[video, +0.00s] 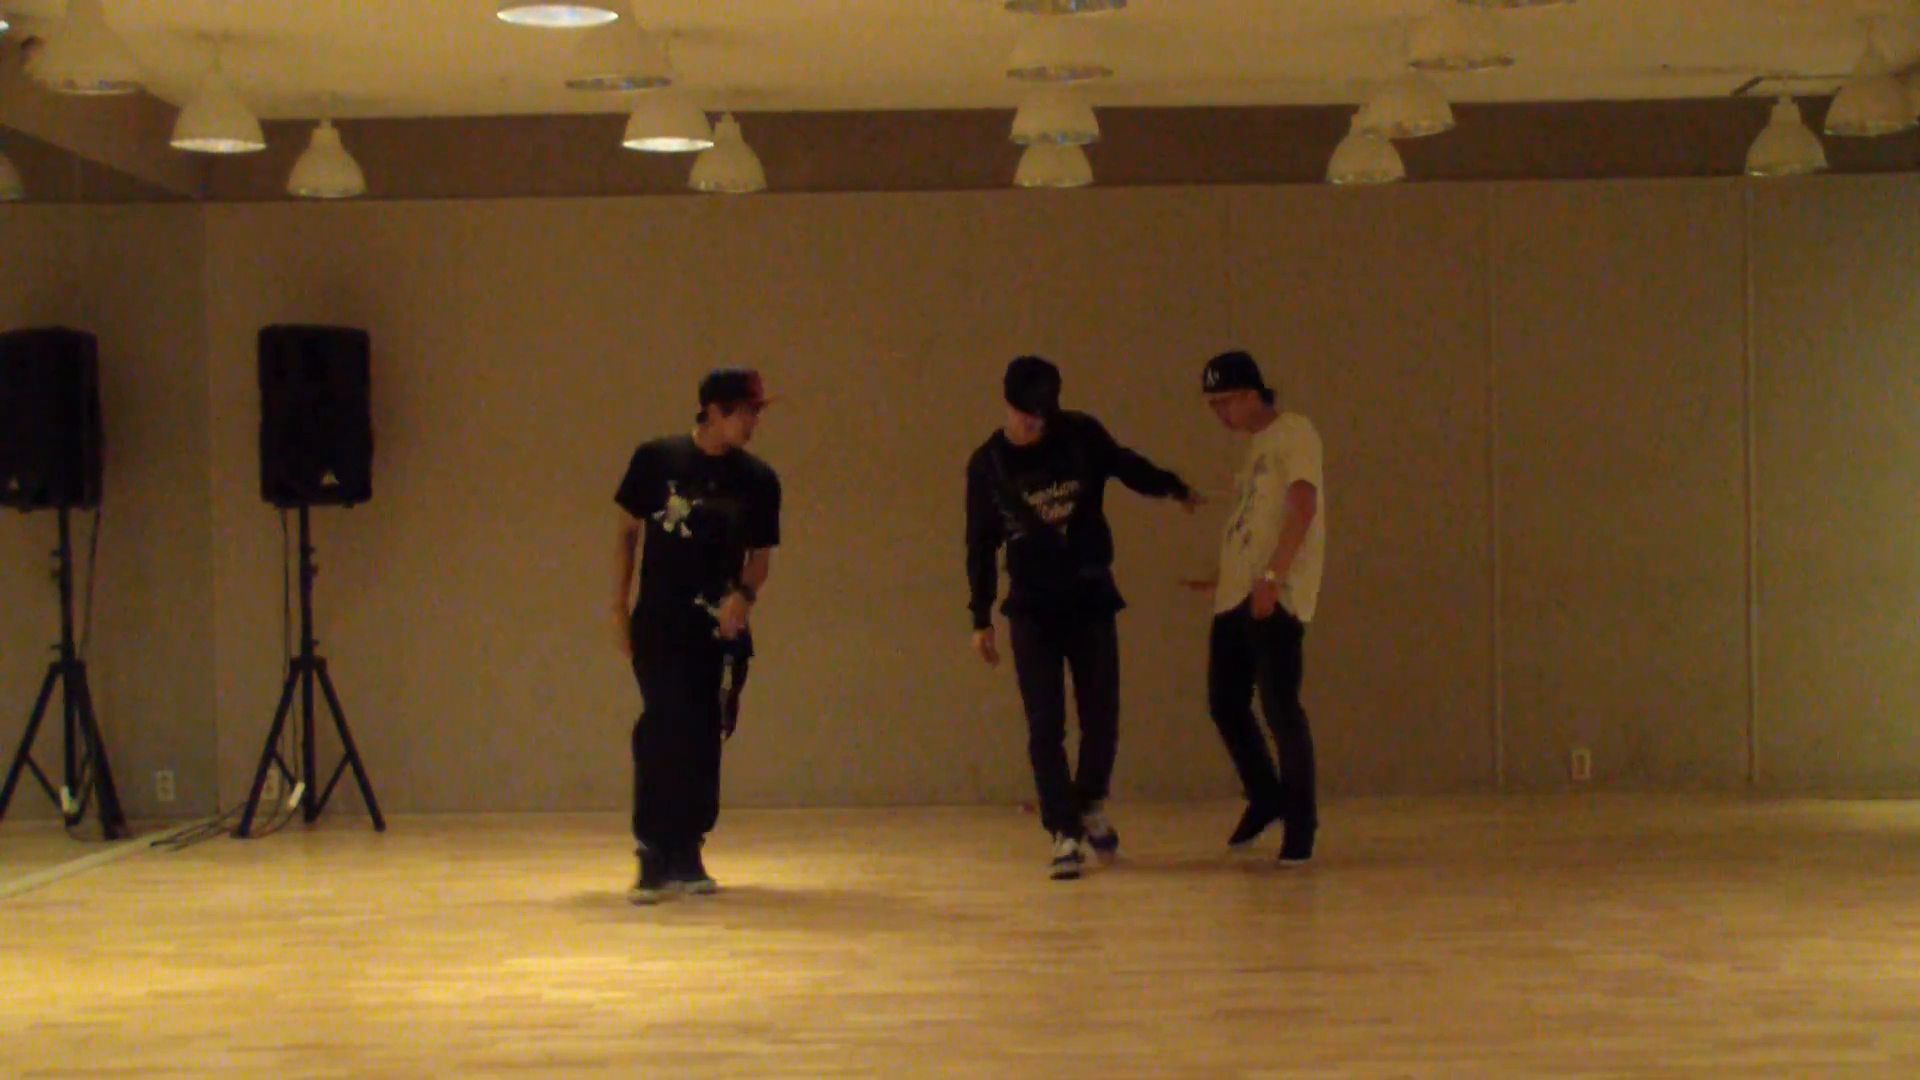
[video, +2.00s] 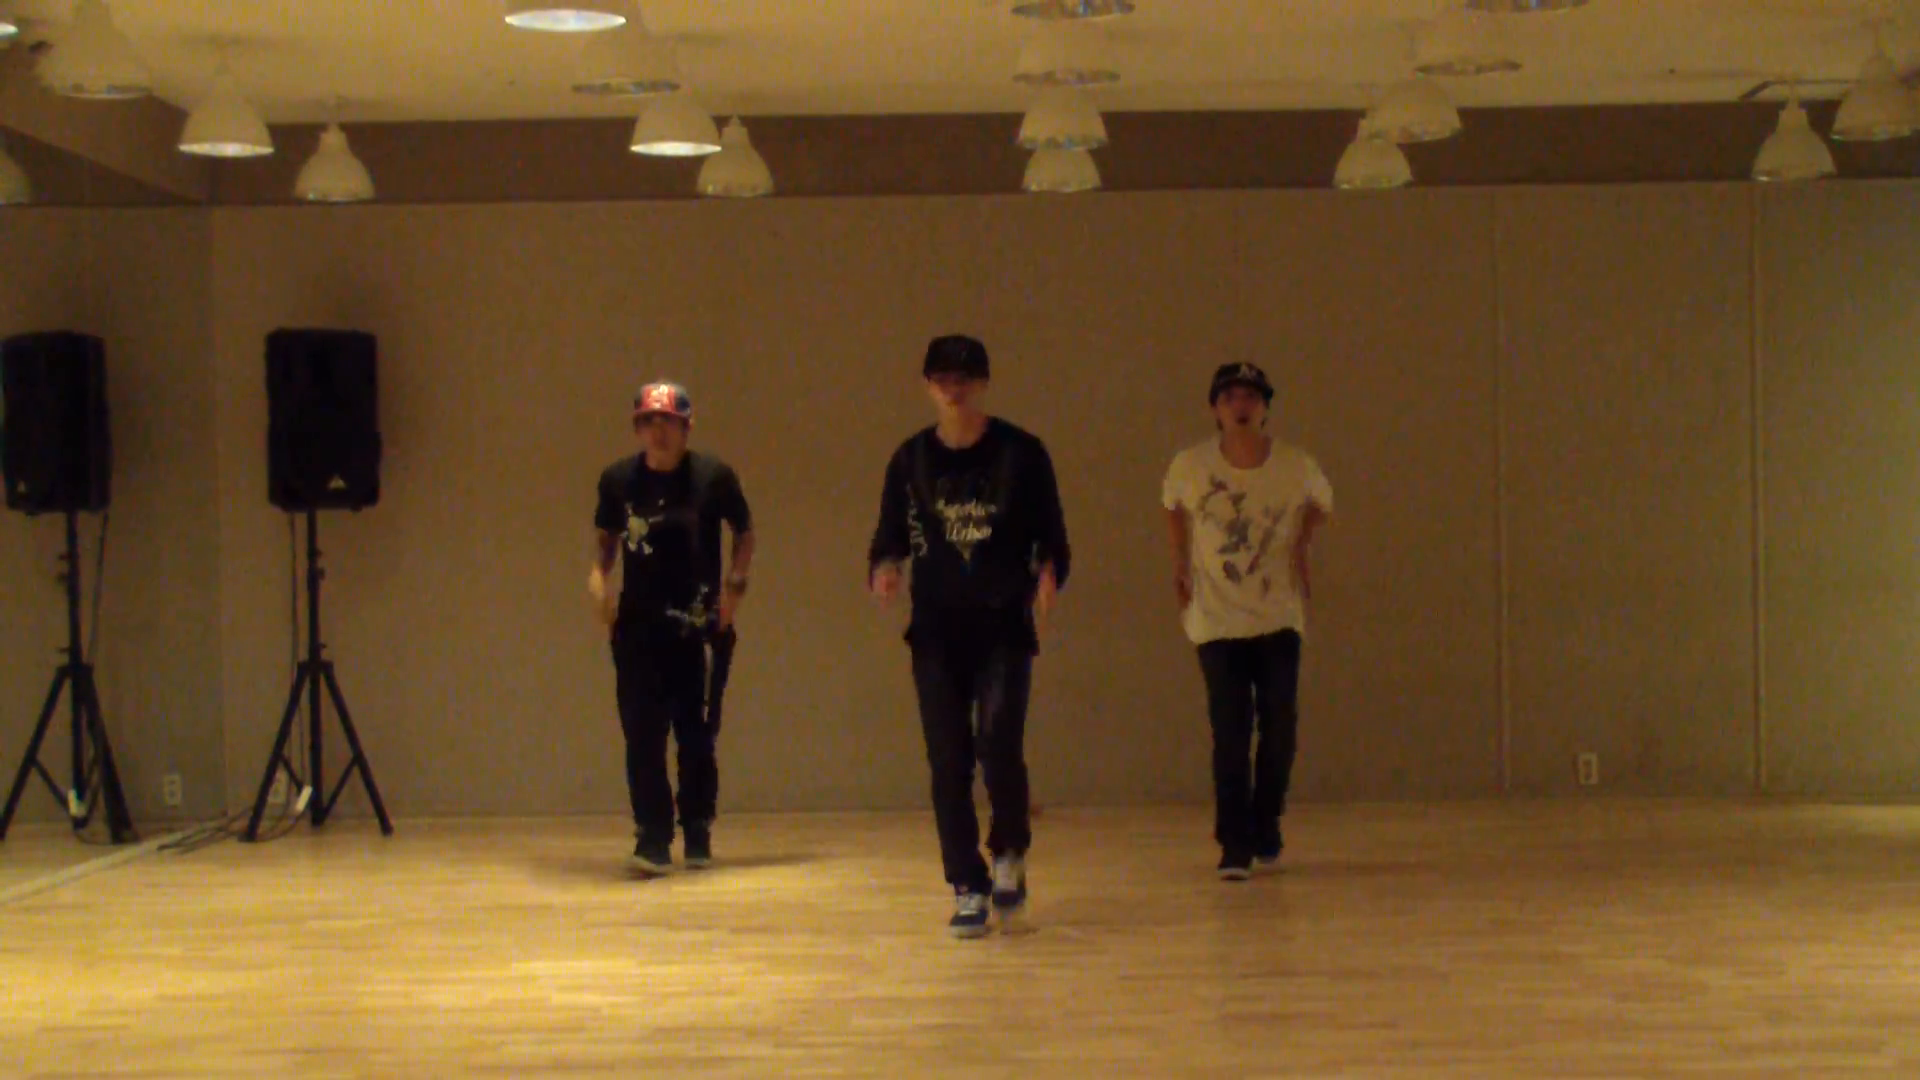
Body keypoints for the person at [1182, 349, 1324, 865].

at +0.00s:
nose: (1222, 415)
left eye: (1226, 403)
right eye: (1216, 406)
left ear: (1253, 394)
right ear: (1226, 402)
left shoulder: (1294, 433)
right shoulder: (1253, 447)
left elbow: (1302, 508)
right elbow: (1254, 525)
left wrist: (1272, 577)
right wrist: (1223, 580)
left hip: (1276, 601)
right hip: (1236, 601)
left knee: (1281, 710)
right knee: (1228, 705)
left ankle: (1301, 823)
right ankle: (1263, 796)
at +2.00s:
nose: (1240, 404)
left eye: (1249, 396)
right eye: (1229, 396)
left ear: (1265, 406)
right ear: (1215, 408)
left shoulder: (1295, 464)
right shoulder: (1190, 466)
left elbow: (1319, 508)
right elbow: (1176, 519)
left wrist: (1299, 550)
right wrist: (1181, 572)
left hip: (1278, 617)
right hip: (1217, 619)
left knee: (1279, 729)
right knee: (1231, 732)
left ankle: (1266, 831)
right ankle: (1234, 844)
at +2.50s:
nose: (1233, 443)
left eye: (1242, 434)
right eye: (1222, 434)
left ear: (1256, 443)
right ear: (1205, 447)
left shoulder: (1286, 502)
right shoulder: (1191, 507)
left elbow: (1321, 525)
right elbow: (1169, 538)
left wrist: (1355, 526)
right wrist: (1148, 539)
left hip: (1283, 641)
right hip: (1223, 651)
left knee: (1287, 727)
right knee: (1237, 758)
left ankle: (1287, 811)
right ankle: (1244, 849)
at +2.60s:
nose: (1239, 426)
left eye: (1249, 417)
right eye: (1229, 417)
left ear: (1263, 424)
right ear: (1210, 427)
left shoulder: (1297, 489)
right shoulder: (1189, 498)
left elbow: (1372, 499)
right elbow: (1118, 505)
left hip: (1288, 629)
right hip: (1225, 641)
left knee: (1296, 707)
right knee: (1237, 751)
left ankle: (1300, 815)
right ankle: (1239, 839)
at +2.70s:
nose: (1243, 425)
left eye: (1253, 415)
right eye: (1232, 416)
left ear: (1270, 421)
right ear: (1216, 424)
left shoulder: (1306, 483)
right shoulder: (1192, 488)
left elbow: (1381, 505)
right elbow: (1119, 508)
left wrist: (1445, 507)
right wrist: (1062, 507)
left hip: (1297, 627)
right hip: (1233, 634)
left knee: (1299, 722)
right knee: (1240, 730)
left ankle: (1314, 842)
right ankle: (1225, 844)